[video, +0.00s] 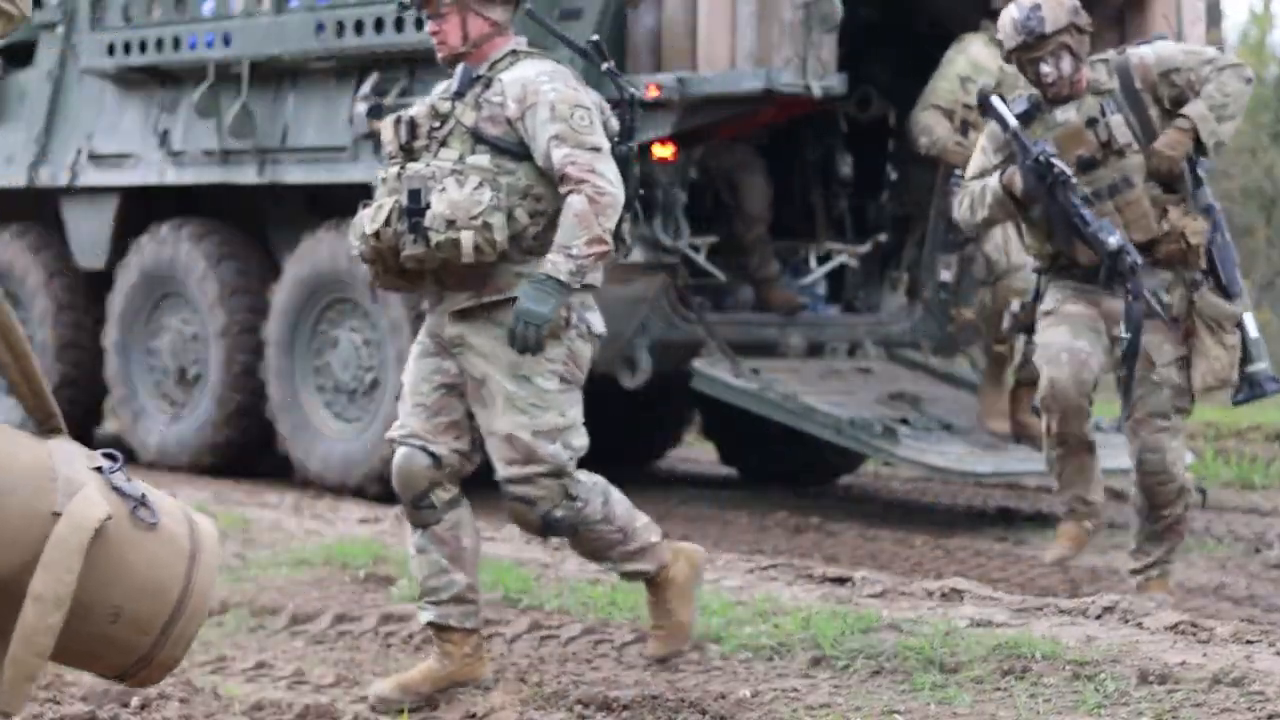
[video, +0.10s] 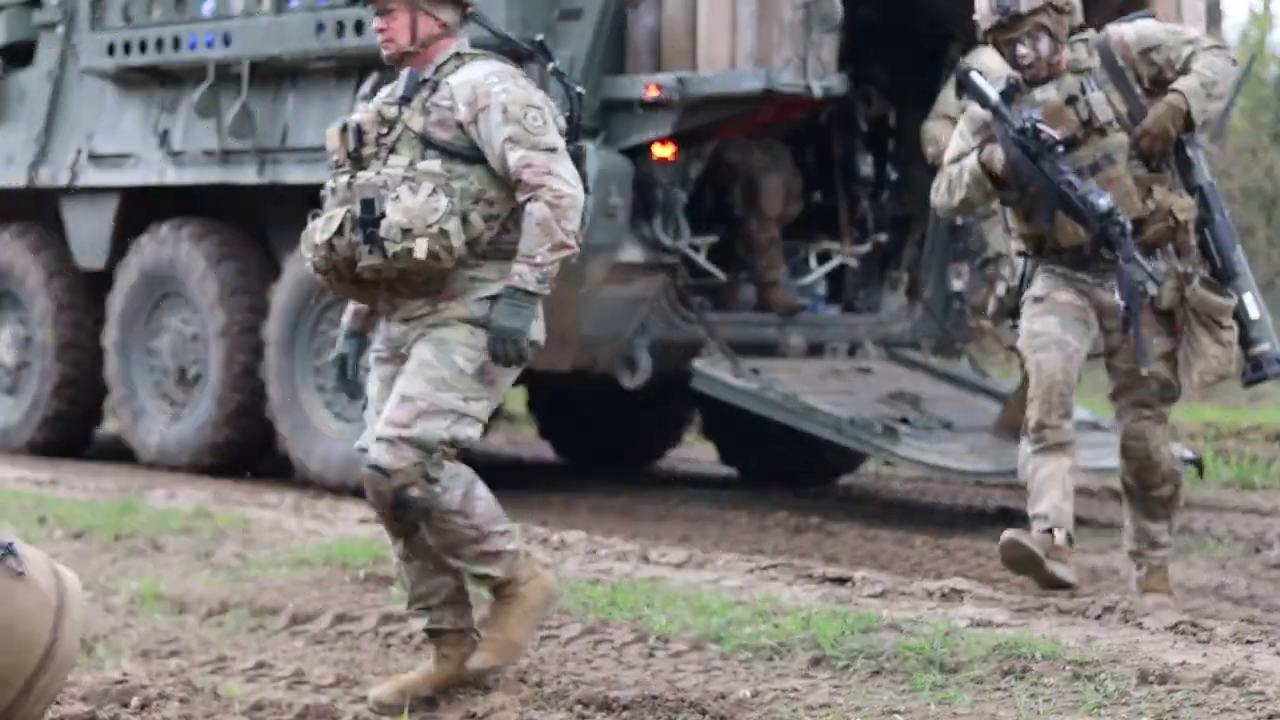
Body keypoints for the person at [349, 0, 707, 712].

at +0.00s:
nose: (431, 26)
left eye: (442, 13)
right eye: (429, 15)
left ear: (487, 16)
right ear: (465, 24)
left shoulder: (542, 85)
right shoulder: (452, 96)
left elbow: (597, 188)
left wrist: (554, 282)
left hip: (529, 313)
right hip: (451, 314)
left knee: (540, 489)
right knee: (421, 472)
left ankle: (664, 564)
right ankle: (457, 649)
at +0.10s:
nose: (376, 21)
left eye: (389, 10)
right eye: (374, 11)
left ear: (437, 14)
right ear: (386, 17)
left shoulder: (492, 86)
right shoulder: (382, 95)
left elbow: (556, 193)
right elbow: (380, 216)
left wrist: (522, 295)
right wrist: (357, 316)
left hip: (474, 311)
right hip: (402, 312)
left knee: (401, 464)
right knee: (391, 476)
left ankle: (520, 578)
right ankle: (449, 648)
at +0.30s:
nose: (266, 11)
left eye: (280, 1)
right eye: (266, 2)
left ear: (328, 7)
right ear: (291, 12)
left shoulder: (379, 83)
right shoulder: (274, 91)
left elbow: (461, 186)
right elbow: (242, 200)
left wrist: (433, 294)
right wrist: (181, 275)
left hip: (360, 314)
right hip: (306, 312)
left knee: (241, 451)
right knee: (356, 495)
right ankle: (452, 653)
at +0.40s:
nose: (212, 5)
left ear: (272, 3)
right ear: (221, 11)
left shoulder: (314, 81)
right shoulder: (212, 81)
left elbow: (396, 192)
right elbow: (168, 189)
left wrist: (359, 299)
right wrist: (114, 265)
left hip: (282, 314)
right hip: (236, 311)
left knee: (184, 468)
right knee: (312, 496)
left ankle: (149, 663)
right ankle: (433, 636)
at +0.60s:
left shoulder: (178, 53)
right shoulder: (86, 55)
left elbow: (225, 185)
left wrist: (175, 297)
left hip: (172, 297)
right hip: (100, 295)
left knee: (136, 468)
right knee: (26, 427)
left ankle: (146, 665)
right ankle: (175, 565)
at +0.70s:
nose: (9, 0)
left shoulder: (110, 41)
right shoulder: (31, 48)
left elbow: (154, 168)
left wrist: (81, 267)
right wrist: (30, 259)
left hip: (131, 286)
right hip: (57, 284)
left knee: (118, 474)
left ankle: (150, 664)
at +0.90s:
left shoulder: (13, 33)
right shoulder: (25, 35)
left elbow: (16, 154)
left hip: (26, 278)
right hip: (29, 278)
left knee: (50, 468)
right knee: (48, 469)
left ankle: (134, 649)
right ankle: (132, 645)